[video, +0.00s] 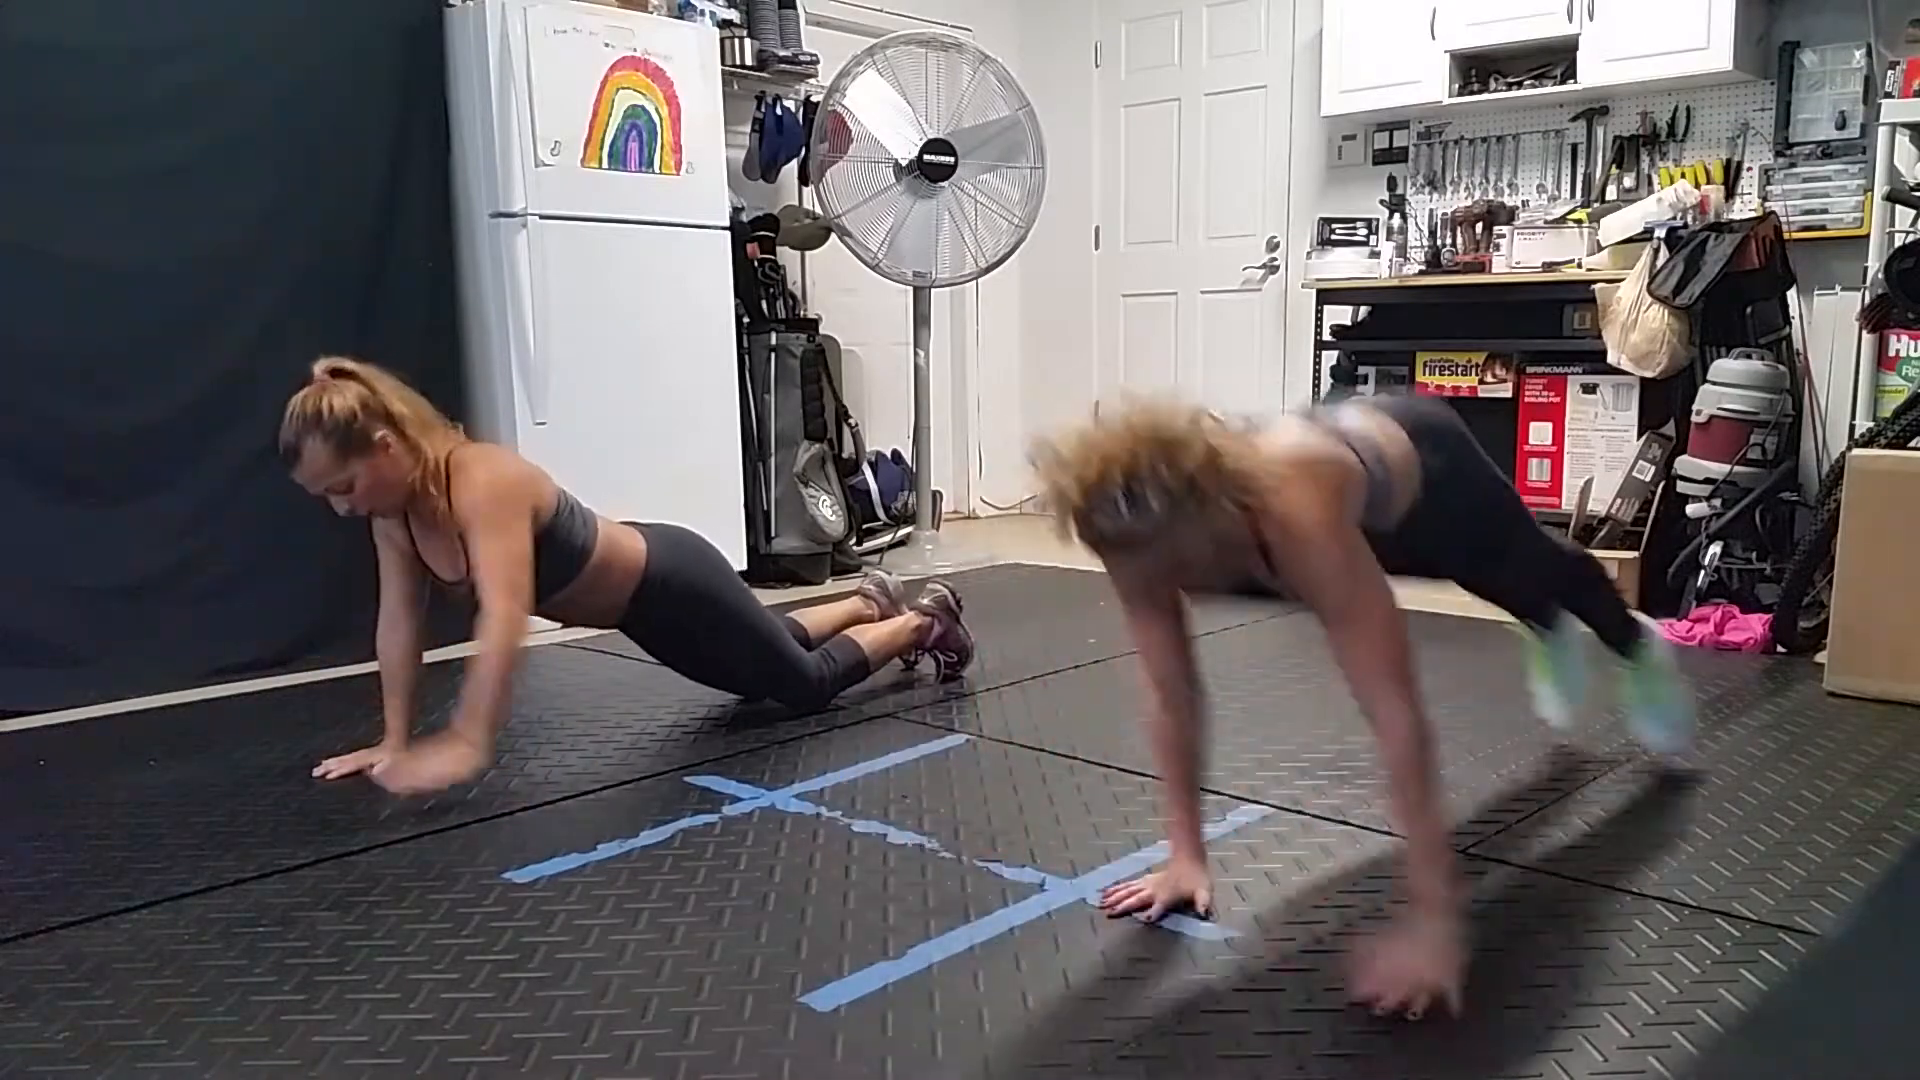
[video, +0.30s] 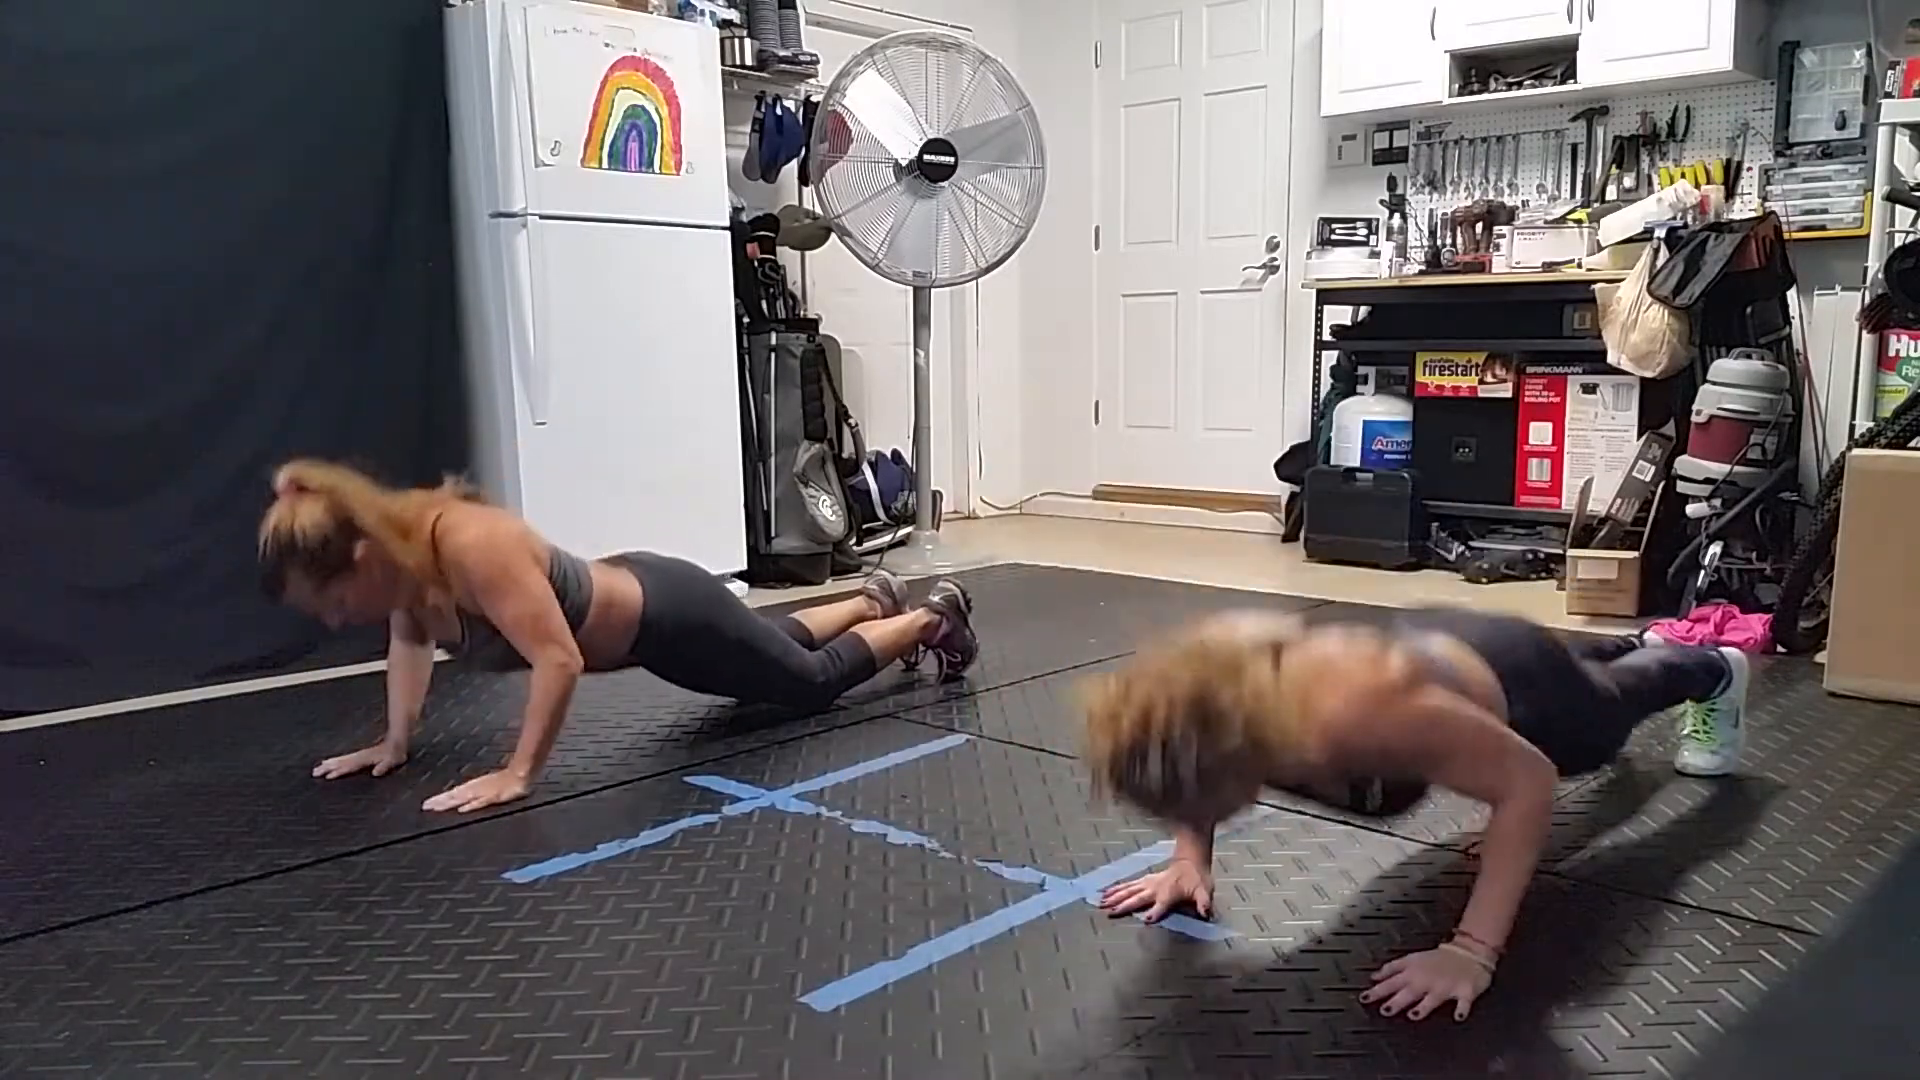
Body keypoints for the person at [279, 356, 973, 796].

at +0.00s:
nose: (344, 506)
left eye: (343, 486)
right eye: (330, 496)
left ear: (384, 439)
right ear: (350, 468)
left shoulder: (483, 483)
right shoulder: (396, 501)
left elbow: (507, 617)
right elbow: (399, 613)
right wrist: (393, 738)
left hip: (675, 587)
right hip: (643, 595)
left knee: (808, 680)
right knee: (764, 652)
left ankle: (920, 627)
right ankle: (869, 601)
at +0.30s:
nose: (337, 620)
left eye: (330, 603)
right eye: (322, 611)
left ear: (357, 559)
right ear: (347, 557)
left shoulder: (471, 542)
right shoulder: (405, 554)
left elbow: (560, 661)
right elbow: (410, 645)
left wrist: (516, 775)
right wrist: (391, 744)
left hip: (668, 617)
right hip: (640, 604)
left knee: (816, 676)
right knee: (769, 648)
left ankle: (930, 620)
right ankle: (870, 600)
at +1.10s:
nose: (375, 507)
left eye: (378, 491)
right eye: (367, 494)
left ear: (426, 466)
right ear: (415, 466)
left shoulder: (523, 510)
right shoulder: (438, 510)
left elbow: (541, 658)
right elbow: (412, 619)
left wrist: (519, 772)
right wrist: (387, 731)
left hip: (695, 618)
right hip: (663, 599)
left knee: (826, 671)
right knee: (775, 645)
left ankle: (934, 619)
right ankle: (874, 595)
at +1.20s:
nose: (397, 475)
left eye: (405, 459)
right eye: (389, 461)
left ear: (457, 439)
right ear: (433, 440)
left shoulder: (528, 512)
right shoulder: (457, 485)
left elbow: (540, 654)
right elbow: (392, 580)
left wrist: (518, 772)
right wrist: (332, 681)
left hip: (706, 608)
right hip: (667, 578)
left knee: (832, 677)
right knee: (771, 641)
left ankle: (932, 622)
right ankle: (868, 600)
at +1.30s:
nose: (404, 451)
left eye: (417, 435)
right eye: (402, 435)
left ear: (477, 428)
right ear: (445, 423)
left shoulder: (534, 513)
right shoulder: (458, 461)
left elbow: (538, 651)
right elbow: (338, 510)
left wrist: (520, 772)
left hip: (714, 607)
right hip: (679, 563)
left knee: (833, 676)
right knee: (785, 615)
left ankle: (936, 623)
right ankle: (881, 595)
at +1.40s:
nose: (412, 429)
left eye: (429, 414)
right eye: (410, 410)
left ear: (491, 417)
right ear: (445, 413)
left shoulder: (538, 508)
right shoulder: (455, 446)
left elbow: (537, 646)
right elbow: (318, 423)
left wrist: (519, 772)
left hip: (718, 604)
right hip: (679, 569)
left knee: (834, 679)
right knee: (788, 627)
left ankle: (935, 622)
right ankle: (887, 595)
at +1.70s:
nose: (413, 429)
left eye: (429, 414)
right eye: (411, 412)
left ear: (493, 416)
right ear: (443, 412)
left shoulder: (537, 510)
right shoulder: (456, 450)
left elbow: (535, 647)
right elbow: (321, 443)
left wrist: (518, 771)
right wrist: (188, 429)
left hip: (715, 609)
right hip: (678, 569)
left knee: (834, 677)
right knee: (784, 619)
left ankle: (930, 622)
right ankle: (878, 595)